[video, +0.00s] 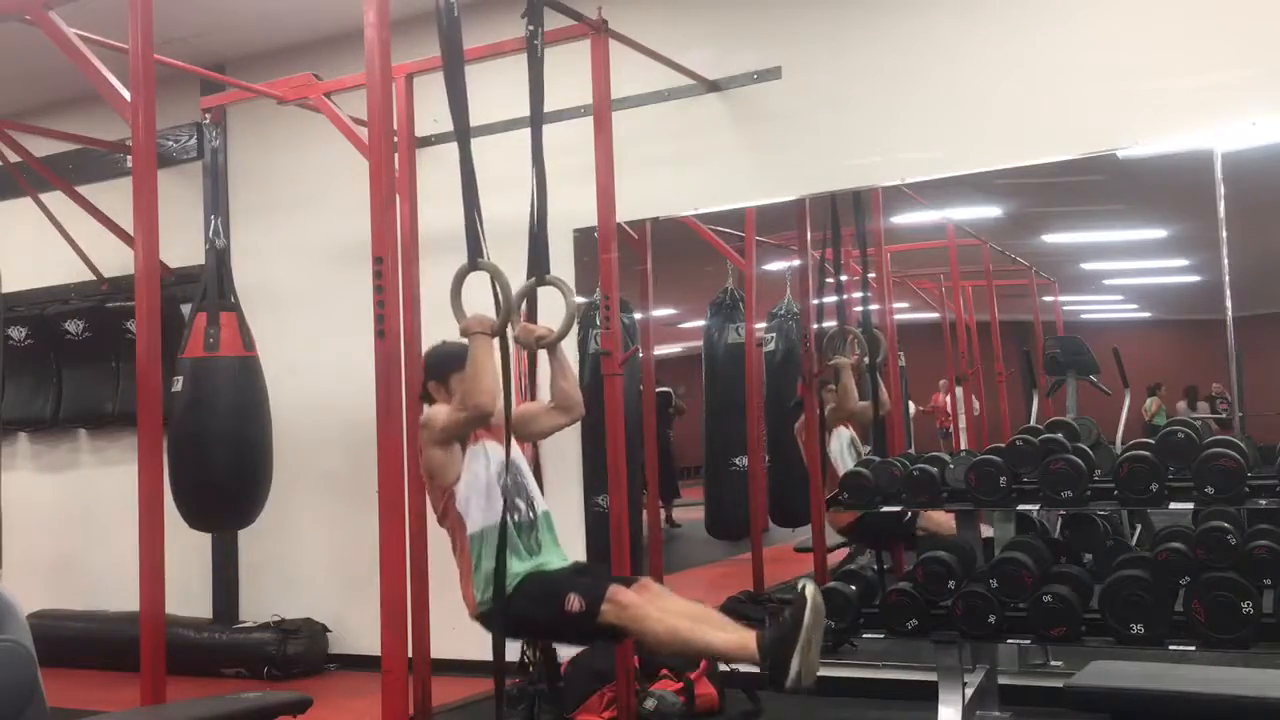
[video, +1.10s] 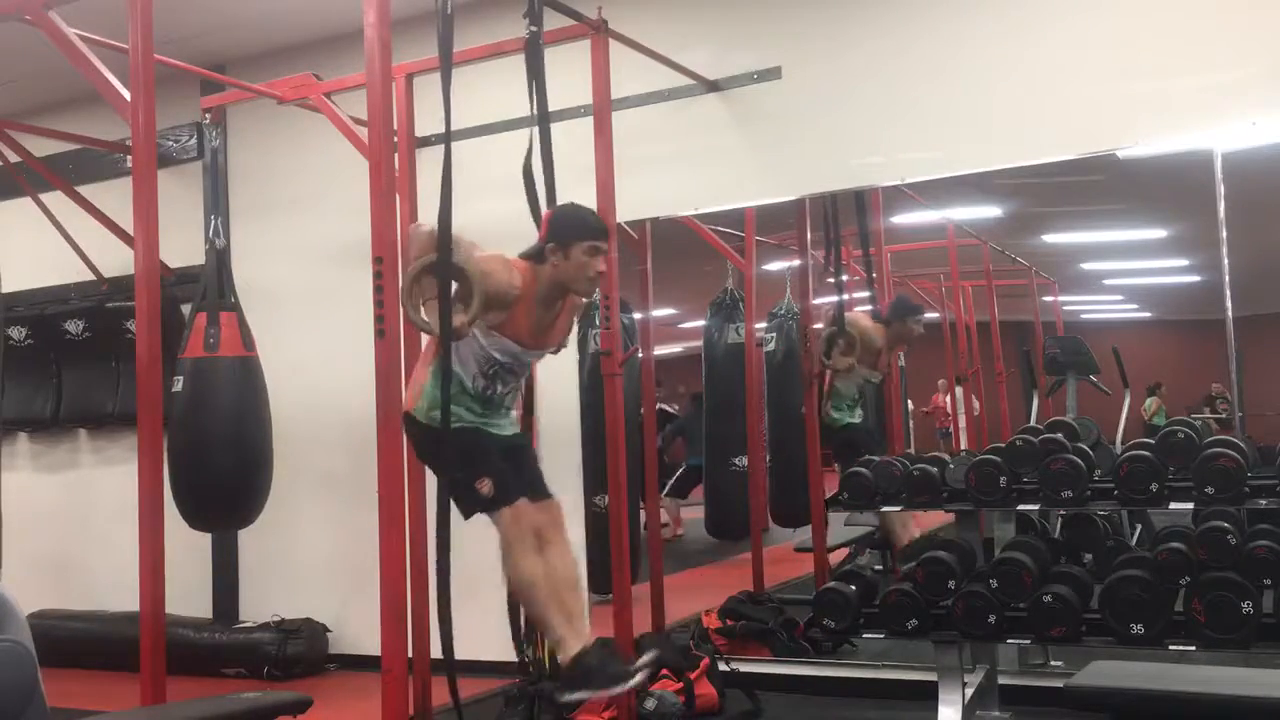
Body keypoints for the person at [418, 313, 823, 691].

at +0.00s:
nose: (473, 388)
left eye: (472, 379)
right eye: (460, 380)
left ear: (469, 383)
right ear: (436, 391)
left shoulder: (499, 425)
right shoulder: (432, 428)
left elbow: (568, 406)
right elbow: (480, 405)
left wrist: (552, 344)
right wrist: (480, 338)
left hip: (550, 569)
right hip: (504, 589)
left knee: (648, 590)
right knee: (622, 605)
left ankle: (768, 644)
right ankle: (764, 653)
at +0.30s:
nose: (465, 319)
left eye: (469, 313)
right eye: (456, 312)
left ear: (474, 316)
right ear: (432, 314)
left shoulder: (489, 360)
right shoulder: (418, 353)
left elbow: (546, 411)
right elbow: (437, 401)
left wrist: (541, 351)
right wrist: (457, 332)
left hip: (534, 491)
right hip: (493, 505)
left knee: (634, 511)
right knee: (608, 518)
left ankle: (754, 564)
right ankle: (747, 570)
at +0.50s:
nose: (494, 271)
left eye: (497, 261)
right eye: (483, 261)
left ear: (494, 262)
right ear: (452, 262)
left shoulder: (489, 311)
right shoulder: (422, 307)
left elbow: (518, 385)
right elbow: (401, 369)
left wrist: (530, 354)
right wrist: (440, 333)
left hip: (514, 445)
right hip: (472, 458)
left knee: (618, 470)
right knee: (592, 475)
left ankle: (740, 539)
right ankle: (728, 533)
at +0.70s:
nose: (538, 251)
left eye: (540, 240)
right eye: (530, 238)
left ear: (519, 240)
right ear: (492, 233)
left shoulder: (518, 290)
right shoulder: (443, 277)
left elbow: (520, 334)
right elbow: (354, 304)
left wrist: (529, 340)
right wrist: (421, 321)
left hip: (500, 418)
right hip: (451, 424)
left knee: (600, 448)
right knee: (580, 455)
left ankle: (707, 523)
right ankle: (705, 523)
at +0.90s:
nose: (576, 265)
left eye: (580, 255)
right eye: (568, 252)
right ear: (532, 247)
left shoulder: (546, 298)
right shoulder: (480, 274)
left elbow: (545, 334)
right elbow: (404, 267)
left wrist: (547, 342)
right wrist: (426, 318)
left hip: (487, 411)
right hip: (438, 411)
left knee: (573, 471)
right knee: (549, 475)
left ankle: (659, 572)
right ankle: (652, 577)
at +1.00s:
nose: (592, 269)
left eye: (594, 257)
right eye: (583, 256)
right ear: (547, 253)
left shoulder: (559, 296)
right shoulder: (492, 276)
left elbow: (549, 323)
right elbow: (408, 243)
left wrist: (554, 338)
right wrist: (422, 312)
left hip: (492, 416)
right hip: (439, 414)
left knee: (562, 494)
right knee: (532, 499)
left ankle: (621, 622)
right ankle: (617, 622)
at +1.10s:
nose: (603, 266)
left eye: (605, 255)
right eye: (593, 253)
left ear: (568, 257)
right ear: (557, 254)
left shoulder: (572, 301)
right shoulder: (503, 279)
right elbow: (422, 236)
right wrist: (416, 303)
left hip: (498, 421)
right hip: (442, 415)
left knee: (548, 519)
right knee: (518, 520)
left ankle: (584, 653)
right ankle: (570, 656)